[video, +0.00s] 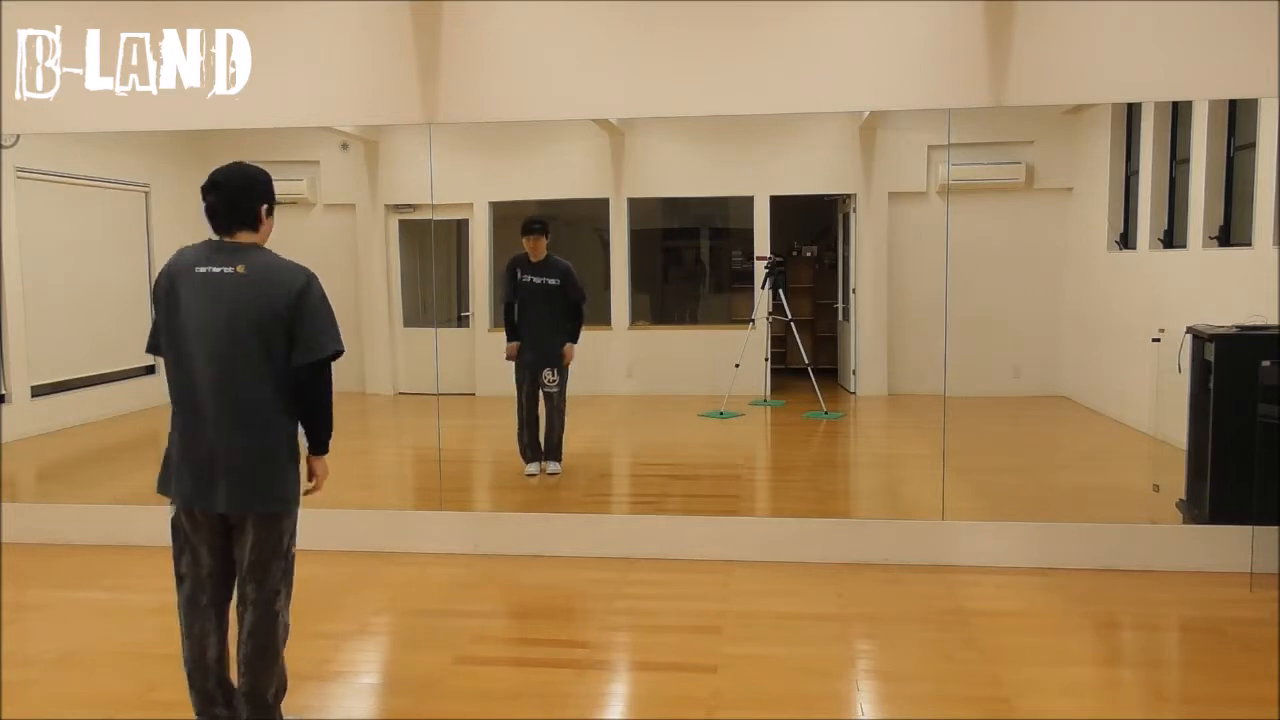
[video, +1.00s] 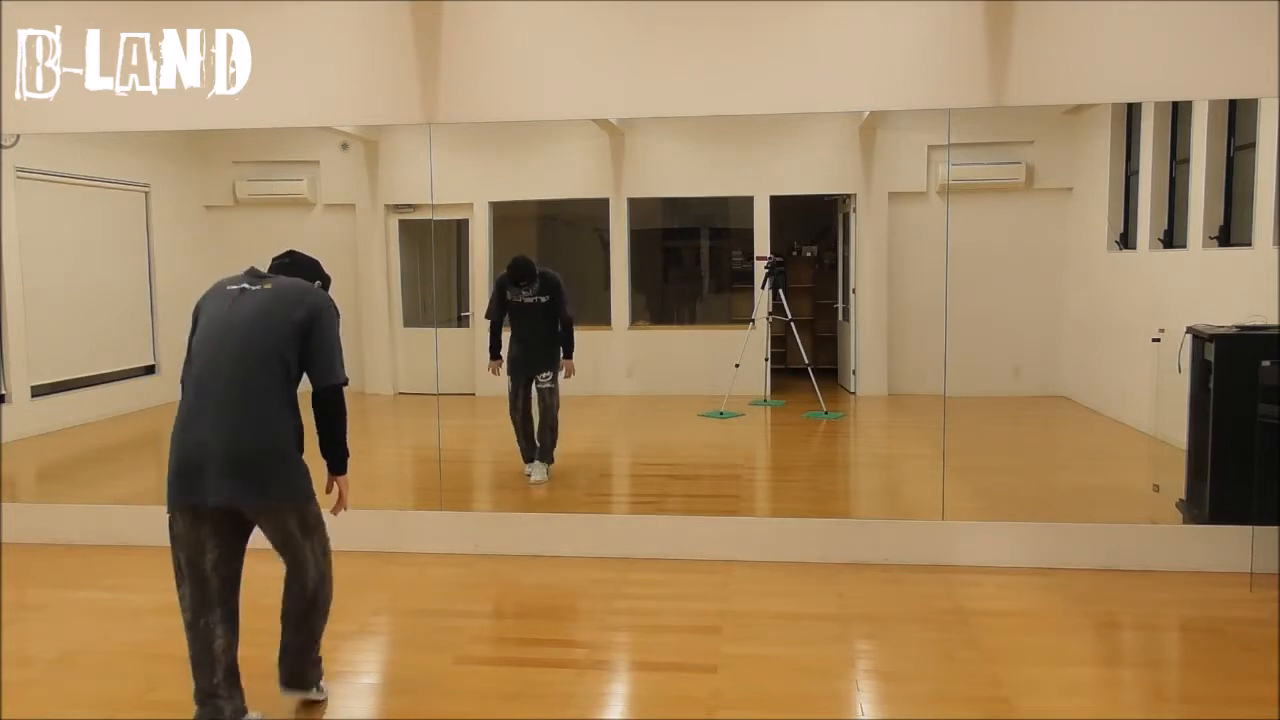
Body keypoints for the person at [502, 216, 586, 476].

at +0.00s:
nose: (532, 244)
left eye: (537, 239)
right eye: (528, 239)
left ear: (547, 240)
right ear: (522, 241)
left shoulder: (562, 269)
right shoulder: (516, 267)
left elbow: (577, 305)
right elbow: (508, 304)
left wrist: (571, 341)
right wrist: (512, 338)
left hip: (555, 344)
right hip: (526, 344)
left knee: (555, 404)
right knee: (526, 405)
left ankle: (553, 457)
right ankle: (531, 458)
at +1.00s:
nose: (526, 289)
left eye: (529, 285)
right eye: (521, 286)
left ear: (535, 276)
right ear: (512, 279)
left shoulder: (551, 282)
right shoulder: (503, 284)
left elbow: (565, 318)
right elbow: (496, 320)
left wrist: (568, 356)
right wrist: (495, 354)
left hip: (547, 351)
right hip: (519, 350)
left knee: (548, 408)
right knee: (518, 408)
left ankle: (544, 460)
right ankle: (530, 458)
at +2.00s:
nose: (520, 292)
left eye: (524, 288)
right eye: (515, 289)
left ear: (531, 279)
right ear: (507, 283)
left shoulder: (549, 293)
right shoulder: (500, 295)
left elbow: (559, 336)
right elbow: (497, 337)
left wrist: (557, 374)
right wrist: (495, 373)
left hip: (544, 364)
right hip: (515, 362)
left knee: (542, 420)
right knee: (506, 407)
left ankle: (535, 467)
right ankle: (509, 460)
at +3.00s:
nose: (537, 268)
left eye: (541, 262)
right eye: (532, 263)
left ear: (550, 255)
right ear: (526, 260)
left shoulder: (571, 275)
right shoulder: (521, 282)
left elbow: (605, 286)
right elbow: (490, 298)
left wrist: (633, 297)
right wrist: (459, 306)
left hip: (569, 358)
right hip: (537, 358)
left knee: (585, 412)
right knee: (520, 409)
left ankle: (608, 462)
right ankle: (512, 466)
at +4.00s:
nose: (522, 280)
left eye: (526, 275)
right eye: (518, 275)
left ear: (537, 269)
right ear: (512, 270)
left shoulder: (554, 286)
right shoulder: (504, 285)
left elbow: (581, 310)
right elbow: (489, 305)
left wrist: (577, 309)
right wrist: (474, 319)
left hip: (548, 365)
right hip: (516, 364)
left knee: (556, 415)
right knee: (497, 411)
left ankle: (547, 465)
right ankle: (505, 446)